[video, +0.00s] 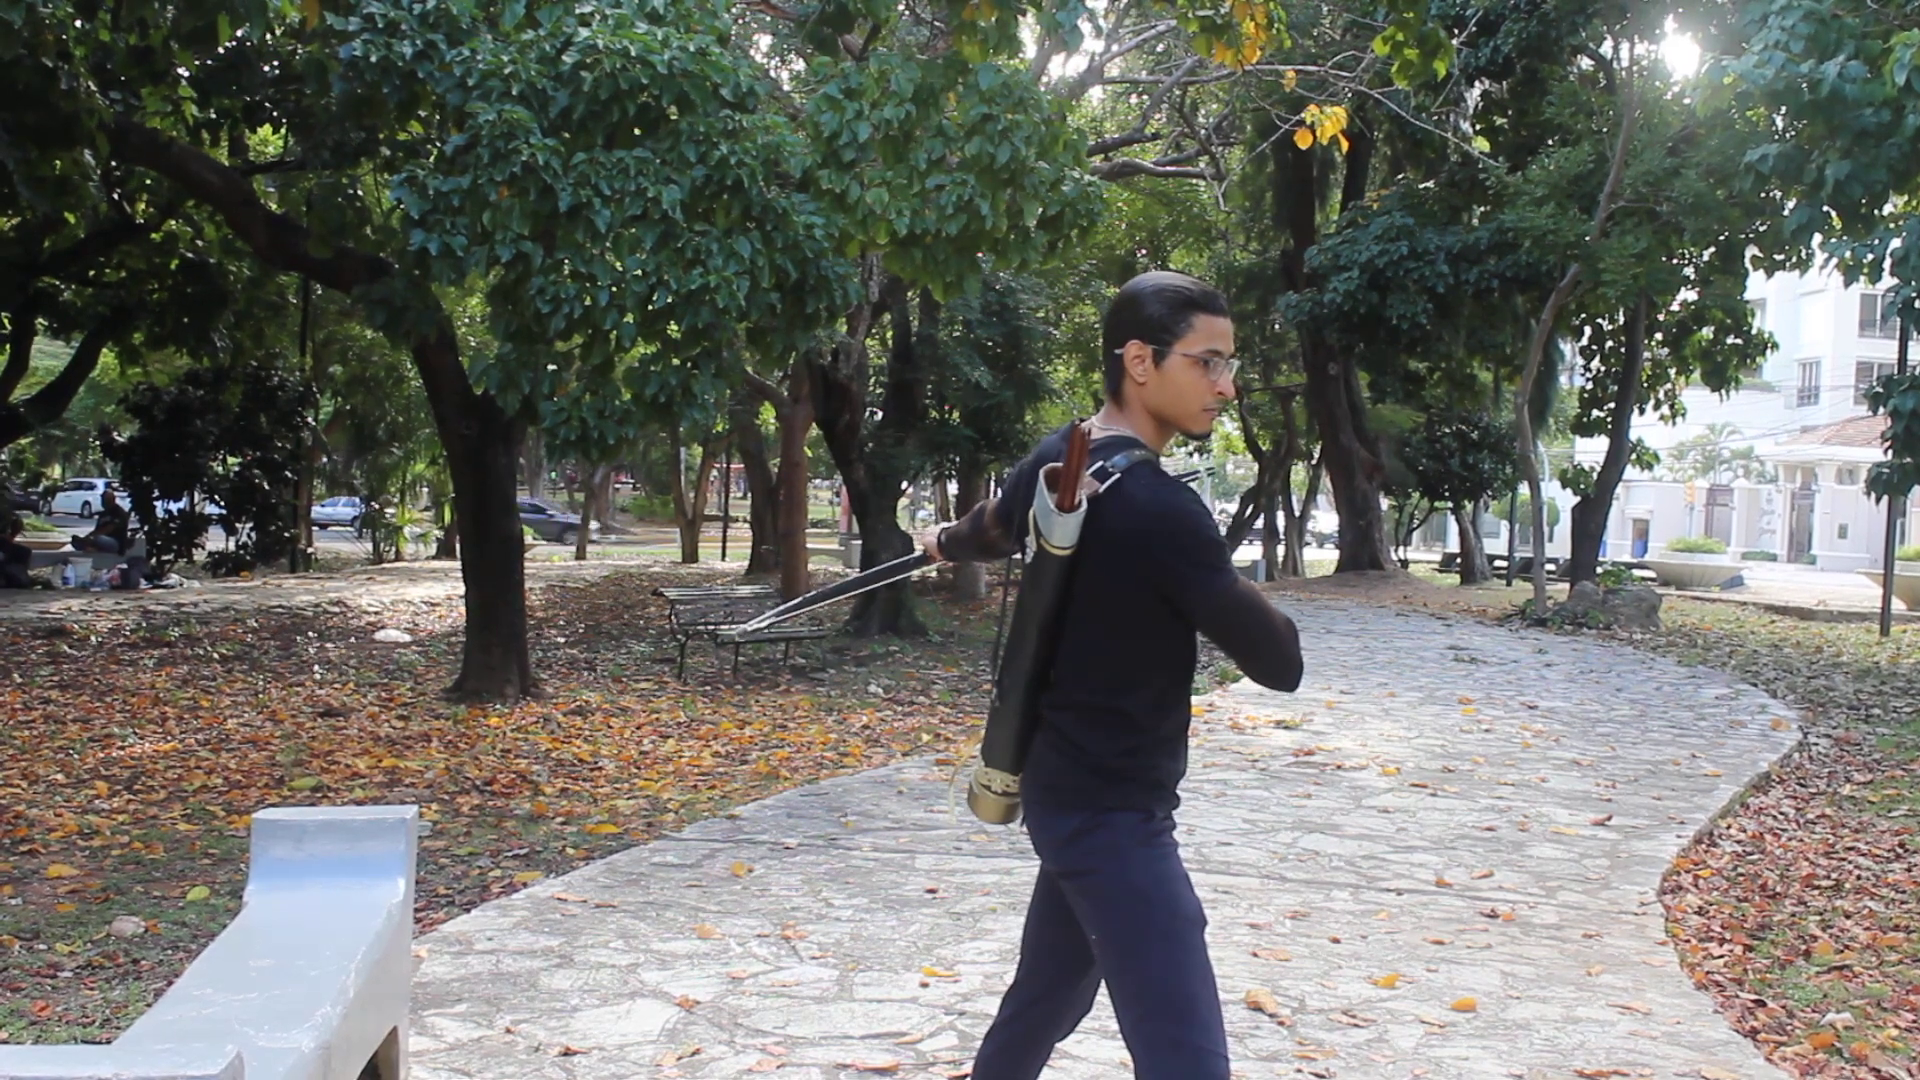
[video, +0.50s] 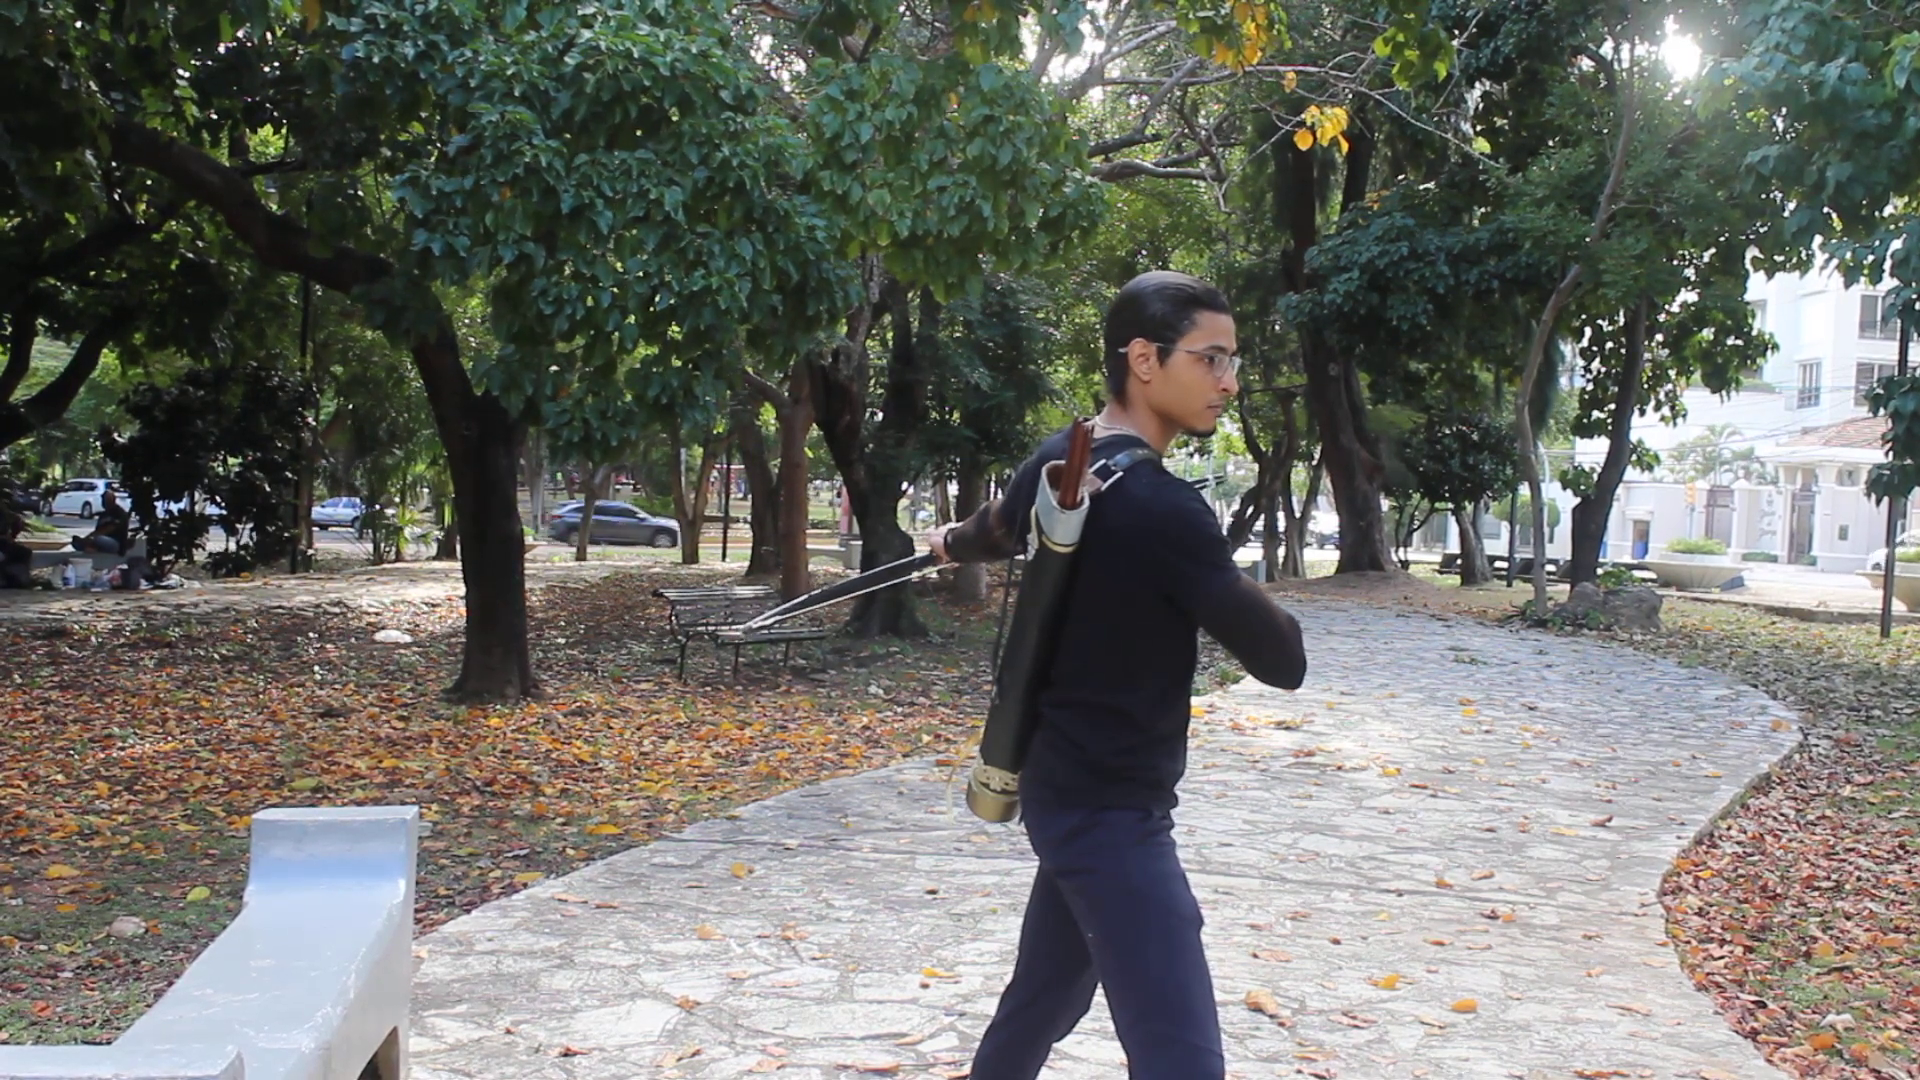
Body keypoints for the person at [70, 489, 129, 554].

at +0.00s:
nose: (104, 502)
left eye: (107, 499)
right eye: (103, 499)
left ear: (112, 499)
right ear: (102, 499)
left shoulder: (120, 513)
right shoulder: (103, 514)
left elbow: (110, 529)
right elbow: (98, 530)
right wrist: (86, 539)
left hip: (117, 542)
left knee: (98, 539)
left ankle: (81, 542)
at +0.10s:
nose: (103, 501)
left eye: (106, 498)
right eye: (103, 498)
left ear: (112, 499)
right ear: (103, 498)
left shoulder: (121, 512)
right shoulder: (103, 514)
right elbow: (98, 530)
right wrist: (87, 538)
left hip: (117, 542)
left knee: (98, 538)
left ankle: (82, 542)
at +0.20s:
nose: (103, 501)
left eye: (106, 498)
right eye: (103, 498)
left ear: (113, 499)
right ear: (103, 499)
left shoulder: (121, 513)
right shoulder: (103, 514)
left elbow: (111, 529)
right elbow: (98, 530)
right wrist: (86, 538)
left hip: (118, 542)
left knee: (99, 538)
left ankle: (82, 542)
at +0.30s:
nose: (103, 501)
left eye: (106, 499)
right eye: (103, 498)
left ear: (113, 499)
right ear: (103, 499)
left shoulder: (121, 513)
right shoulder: (103, 514)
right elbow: (98, 530)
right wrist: (86, 539)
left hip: (117, 542)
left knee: (99, 539)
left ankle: (82, 542)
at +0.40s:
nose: (104, 502)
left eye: (107, 499)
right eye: (103, 499)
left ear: (113, 500)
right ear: (103, 499)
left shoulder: (121, 513)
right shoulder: (103, 514)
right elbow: (98, 530)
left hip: (117, 543)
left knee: (98, 539)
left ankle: (82, 542)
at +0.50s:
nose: (104, 502)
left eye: (107, 499)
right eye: (103, 499)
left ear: (113, 500)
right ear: (103, 500)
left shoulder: (121, 513)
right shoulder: (103, 515)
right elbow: (98, 531)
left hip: (117, 543)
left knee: (98, 539)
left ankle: (81, 543)